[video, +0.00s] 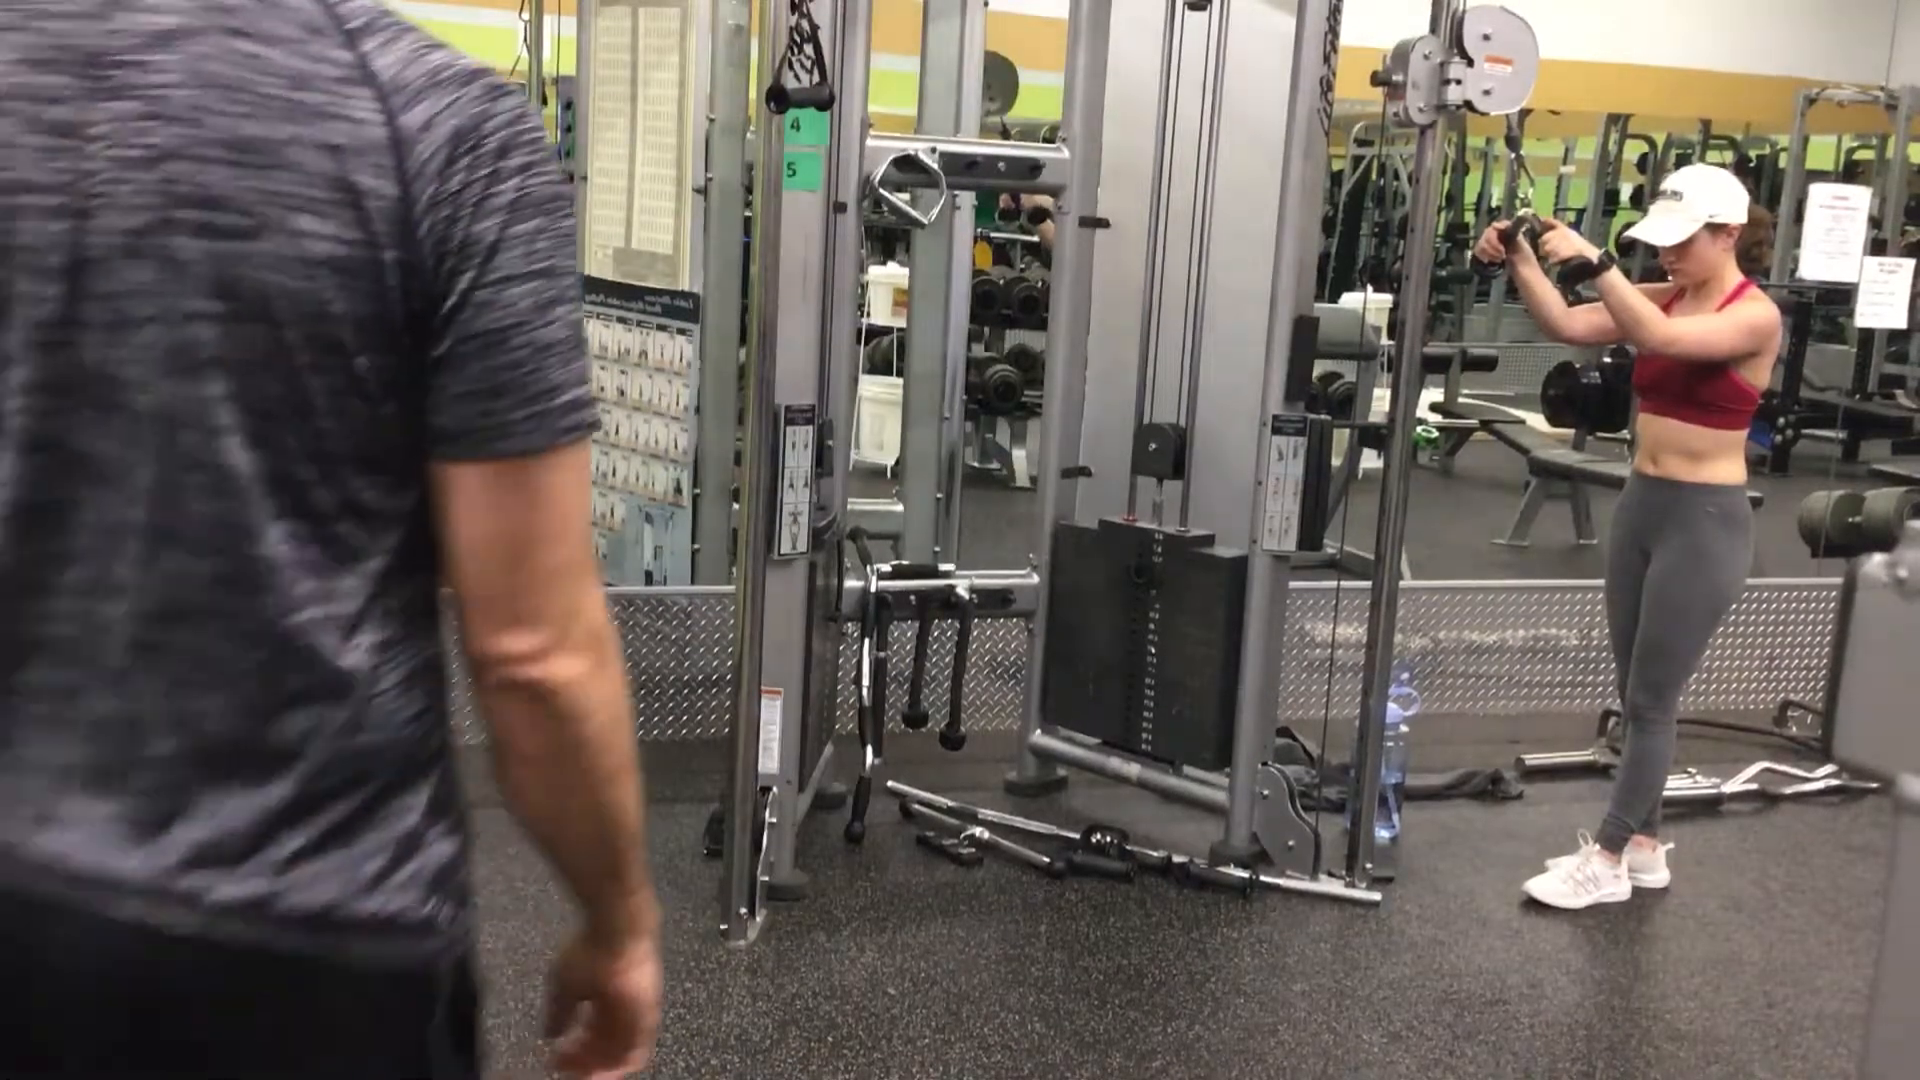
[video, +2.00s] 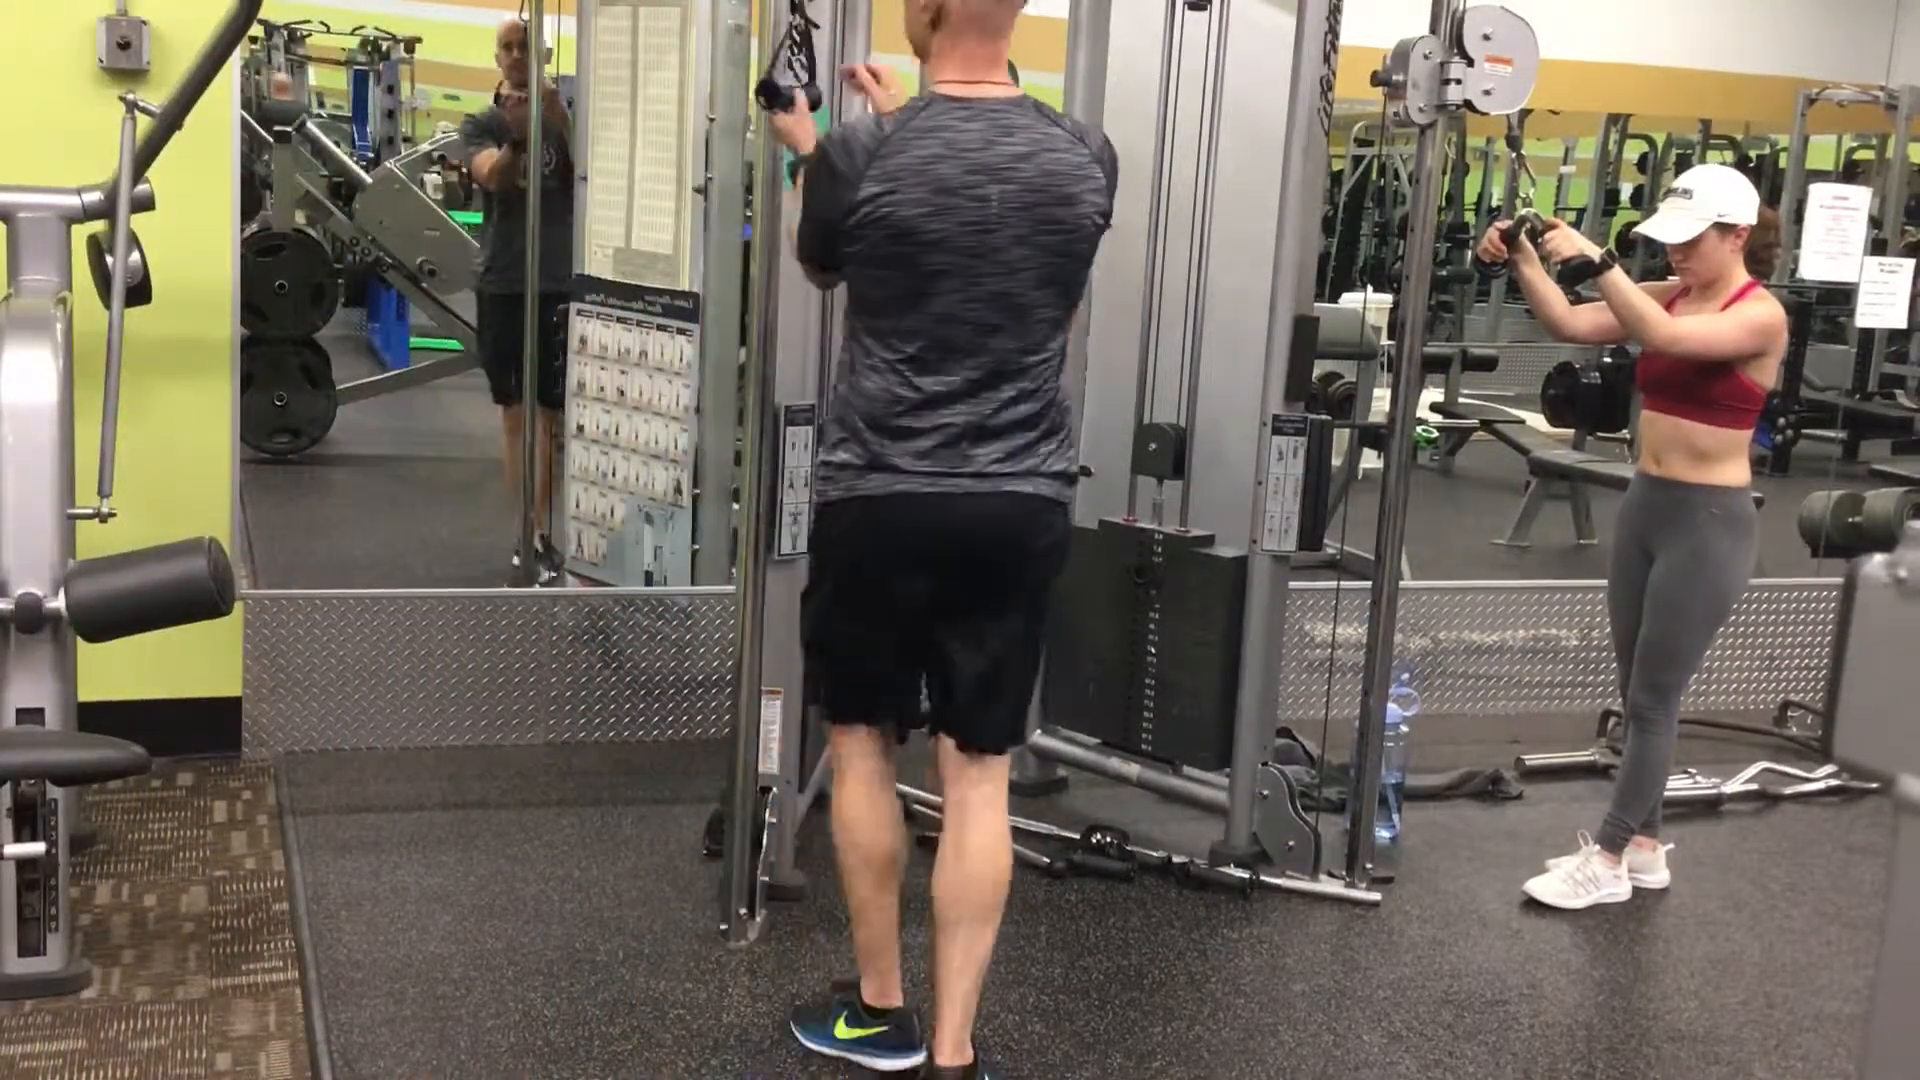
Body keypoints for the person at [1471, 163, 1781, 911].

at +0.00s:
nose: (1665, 254)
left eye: (1679, 240)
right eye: (1661, 241)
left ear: (1728, 235)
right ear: (1663, 240)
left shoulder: (1757, 315)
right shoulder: (1663, 299)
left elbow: (1660, 335)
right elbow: (1566, 324)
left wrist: (1592, 261)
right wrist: (1519, 258)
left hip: (1705, 522)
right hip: (1639, 508)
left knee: (1651, 700)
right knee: (1637, 691)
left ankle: (1607, 858)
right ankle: (1644, 844)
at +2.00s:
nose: (1674, 253)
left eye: (1688, 239)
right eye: (1669, 241)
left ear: (1737, 236)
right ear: (1670, 240)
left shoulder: (1763, 315)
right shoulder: (1667, 297)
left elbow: (1664, 334)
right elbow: (1570, 322)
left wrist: (1595, 259)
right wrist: (1520, 260)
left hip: (1710, 524)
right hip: (1642, 509)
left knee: (1653, 699)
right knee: (1640, 692)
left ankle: (1606, 858)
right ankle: (1644, 845)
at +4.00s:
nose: (1683, 252)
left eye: (1698, 238)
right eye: (1679, 239)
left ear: (1746, 236)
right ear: (1679, 238)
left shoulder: (1770, 317)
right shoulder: (1675, 302)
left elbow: (1672, 331)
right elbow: (1579, 316)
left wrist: (1602, 257)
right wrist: (1525, 258)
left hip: (1709, 523)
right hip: (1642, 508)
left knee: (1652, 698)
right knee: (1639, 692)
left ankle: (1605, 859)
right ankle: (1646, 846)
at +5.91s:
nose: (1682, 252)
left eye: (1697, 239)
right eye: (1678, 239)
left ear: (1746, 236)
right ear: (1678, 238)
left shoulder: (1769, 318)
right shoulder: (1675, 299)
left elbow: (1670, 331)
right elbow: (1579, 319)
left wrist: (1601, 258)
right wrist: (1526, 257)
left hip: (1709, 524)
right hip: (1642, 509)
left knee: (1651, 698)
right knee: (1638, 692)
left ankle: (1606, 859)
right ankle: (1646, 846)